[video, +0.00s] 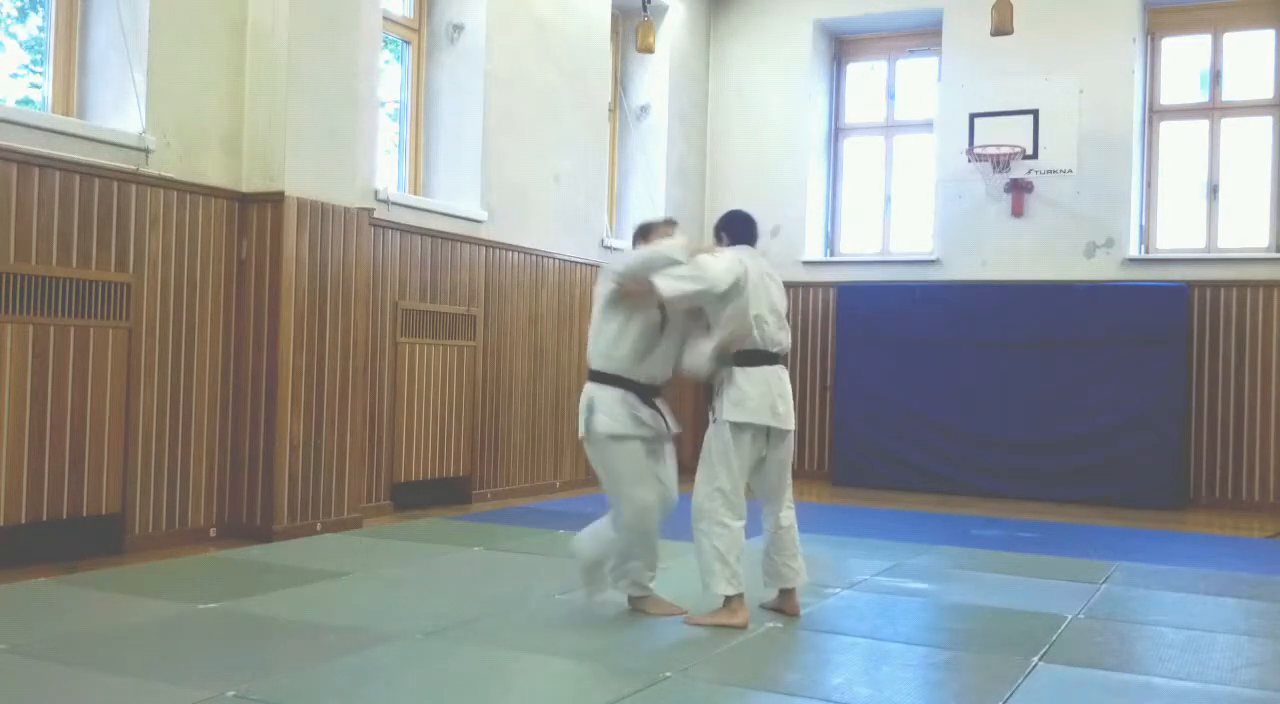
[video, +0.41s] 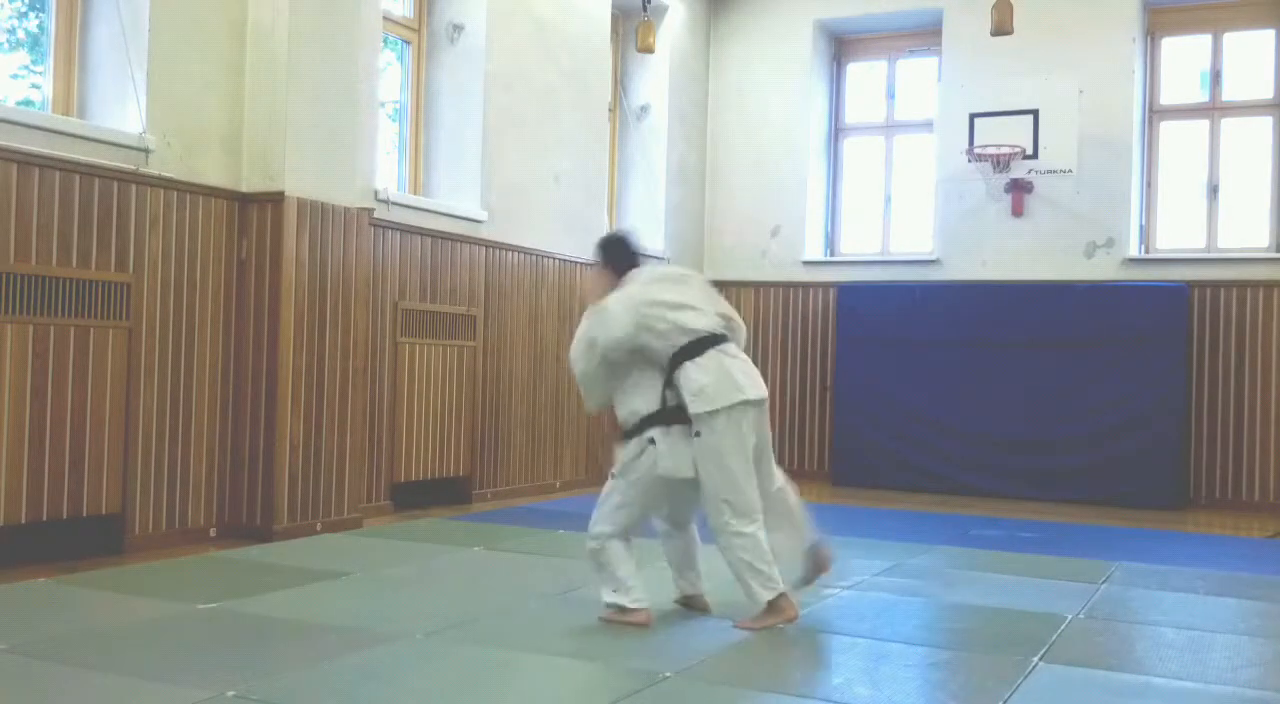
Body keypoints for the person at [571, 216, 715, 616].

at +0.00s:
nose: (676, 245)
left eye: (677, 238)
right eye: (666, 239)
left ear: (680, 245)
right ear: (643, 245)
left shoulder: (683, 294)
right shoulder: (618, 275)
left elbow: (692, 360)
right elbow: (639, 261)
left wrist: (723, 347)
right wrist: (692, 248)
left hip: (649, 406)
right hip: (609, 401)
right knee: (639, 499)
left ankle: (590, 549)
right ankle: (639, 591)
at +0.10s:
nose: (638, 230)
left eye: (647, 224)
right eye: (631, 223)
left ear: (662, 229)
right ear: (619, 228)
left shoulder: (677, 269)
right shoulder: (601, 271)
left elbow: (690, 335)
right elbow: (596, 263)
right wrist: (664, 248)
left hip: (656, 397)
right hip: (606, 397)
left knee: (647, 488)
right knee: (609, 498)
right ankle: (655, 575)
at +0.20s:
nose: (605, 248)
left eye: (613, 240)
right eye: (603, 240)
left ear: (638, 241)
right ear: (605, 243)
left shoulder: (662, 274)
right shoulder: (607, 280)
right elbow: (586, 283)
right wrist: (651, 254)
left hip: (659, 395)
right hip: (630, 396)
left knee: (600, 478)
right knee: (630, 490)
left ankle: (674, 547)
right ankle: (694, 563)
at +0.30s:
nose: (591, 284)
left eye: (596, 278)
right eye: (592, 278)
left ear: (610, 279)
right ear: (624, 277)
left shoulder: (616, 308)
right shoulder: (660, 304)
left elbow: (582, 345)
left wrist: (580, 302)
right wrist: (608, 420)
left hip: (652, 427)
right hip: (684, 426)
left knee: (599, 510)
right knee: (658, 510)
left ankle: (626, 603)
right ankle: (699, 589)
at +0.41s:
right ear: (645, 296)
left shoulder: (613, 327)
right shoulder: (670, 328)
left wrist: (592, 305)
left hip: (652, 446)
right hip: (694, 442)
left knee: (604, 531)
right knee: (677, 522)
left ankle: (629, 605)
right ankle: (692, 593)